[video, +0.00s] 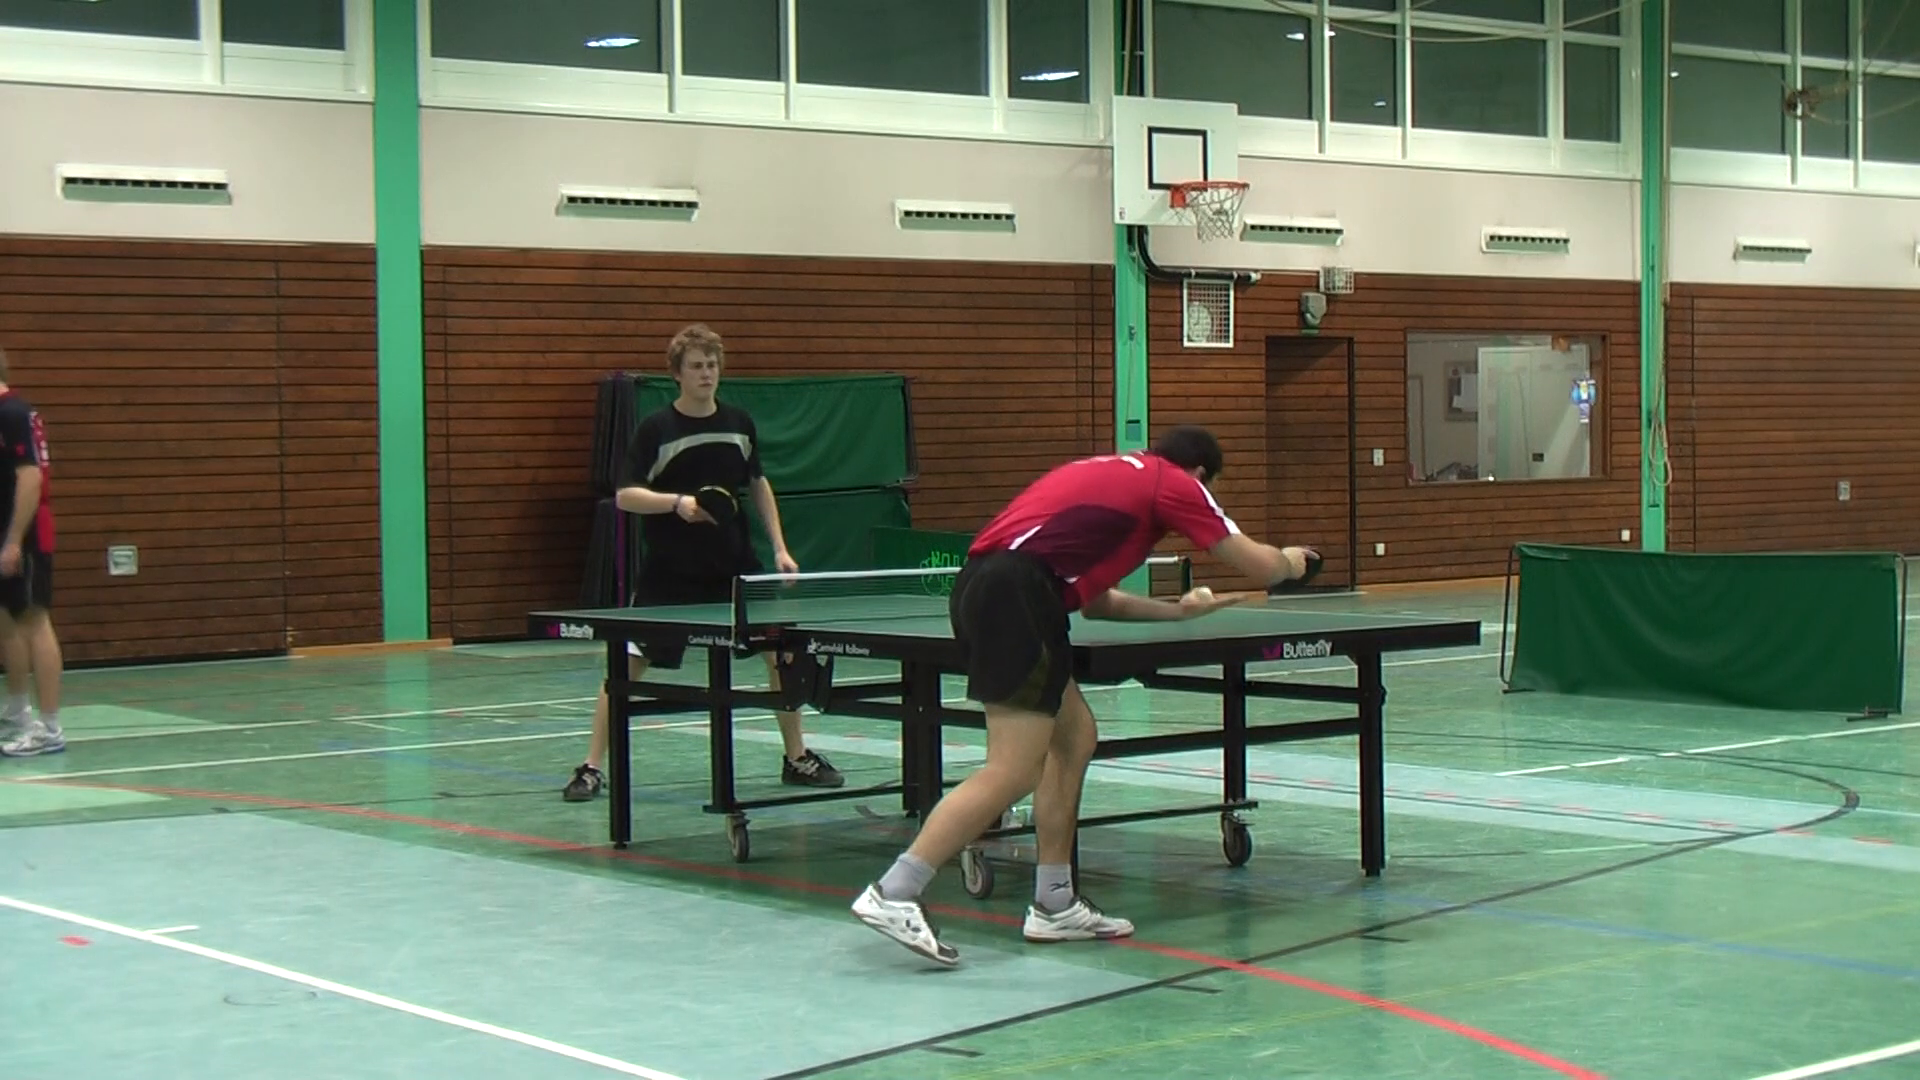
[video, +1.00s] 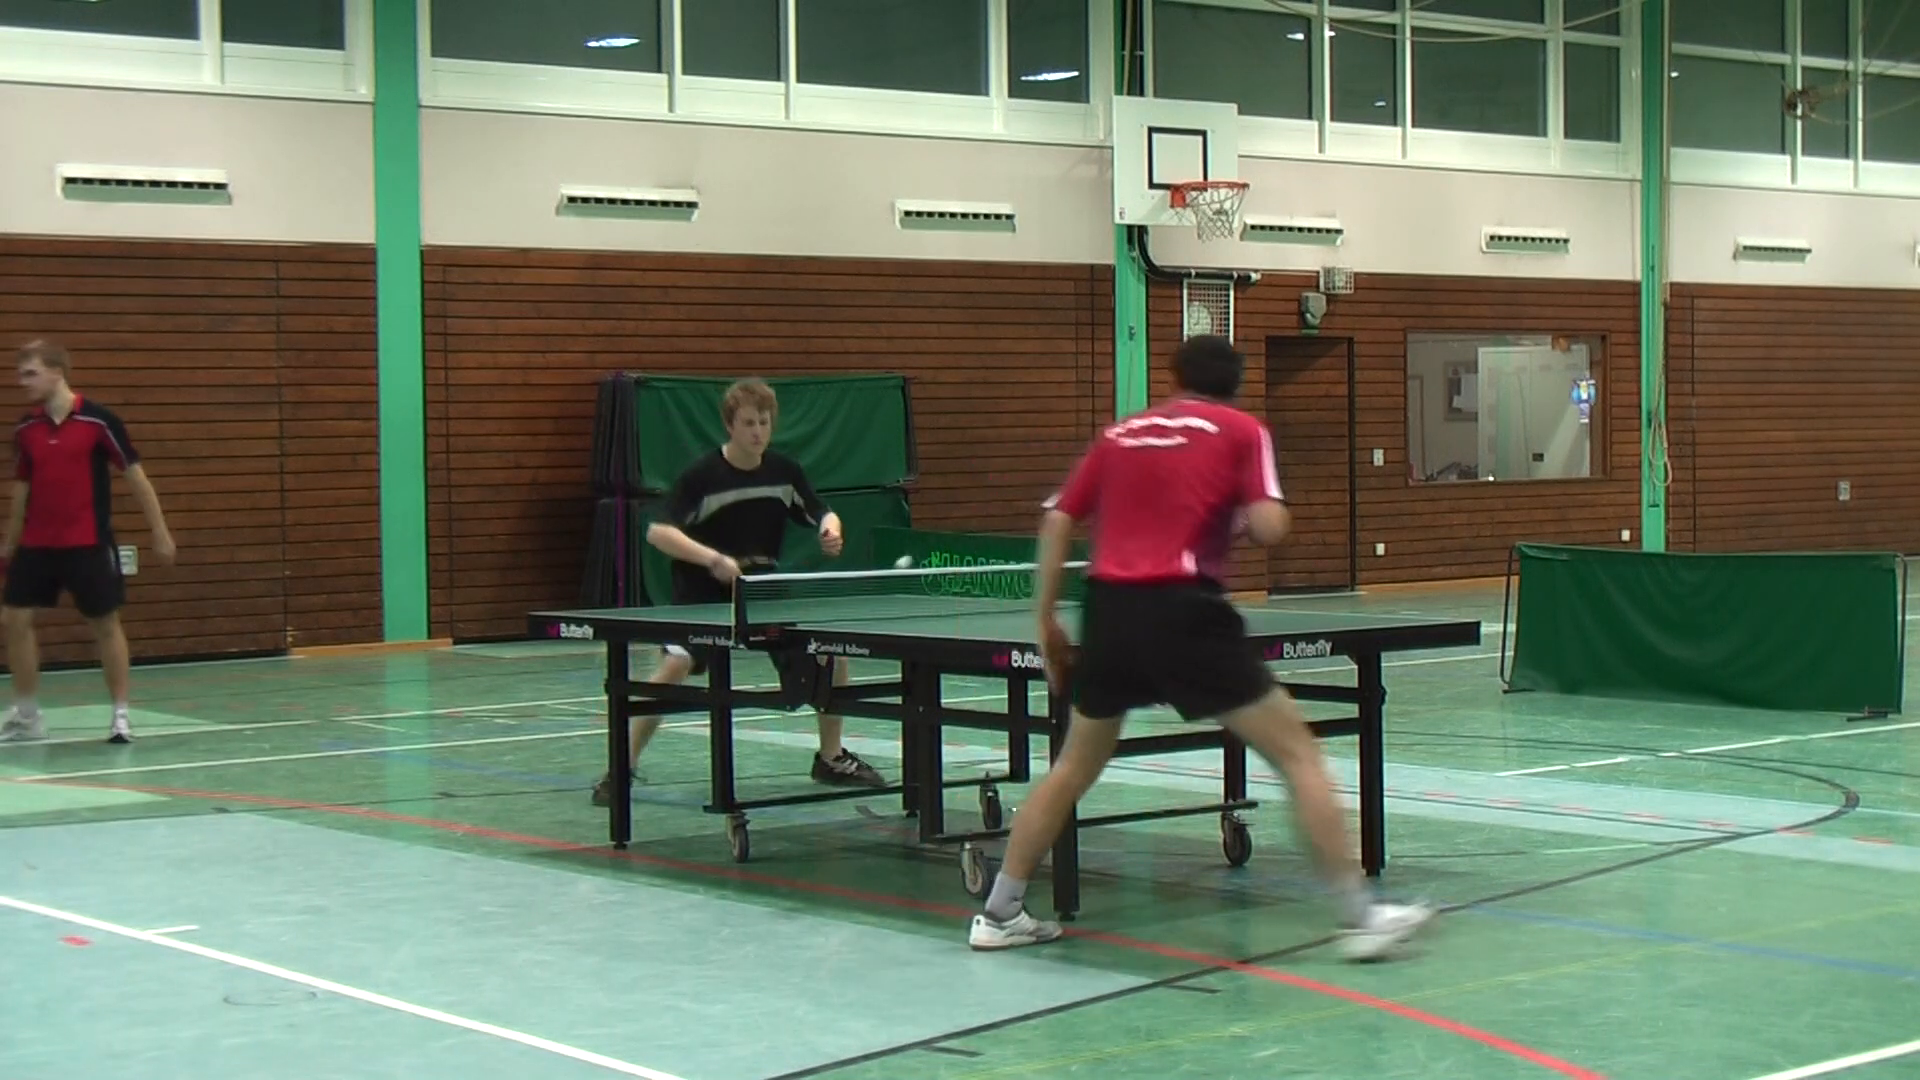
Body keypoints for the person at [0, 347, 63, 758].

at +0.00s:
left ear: (1, 376)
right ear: (5, 375)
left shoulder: (14, 411)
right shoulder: (14, 410)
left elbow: (30, 478)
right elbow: (29, 478)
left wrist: (14, 540)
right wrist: (14, 538)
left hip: (27, 540)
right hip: (11, 540)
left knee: (36, 623)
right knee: (9, 624)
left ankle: (49, 726)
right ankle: (16, 717)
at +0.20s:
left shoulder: (12, 413)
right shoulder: (14, 413)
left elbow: (30, 469)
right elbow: (31, 470)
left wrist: (25, 534)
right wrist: (25, 535)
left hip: (31, 542)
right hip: (19, 542)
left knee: (29, 622)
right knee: (19, 624)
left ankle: (44, 722)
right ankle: (28, 714)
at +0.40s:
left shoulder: (16, 412)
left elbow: (60, 455)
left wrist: (24, 504)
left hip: (50, 523)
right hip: (18, 530)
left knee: (43, 605)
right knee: (20, 613)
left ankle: (33, 707)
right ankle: (31, 707)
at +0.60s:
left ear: (4, 383)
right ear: (1, 387)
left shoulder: (43, 410)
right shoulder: (4, 427)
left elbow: (96, 450)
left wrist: (100, 508)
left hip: (59, 535)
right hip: (20, 541)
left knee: (69, 613)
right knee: (29, 622)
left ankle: (84, 712)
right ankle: (30, 717)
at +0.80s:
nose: (1, 379)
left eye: (7, 372)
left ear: (30, 373)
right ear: (12, 376)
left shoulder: (74, 414)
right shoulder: (5, 427)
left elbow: (116, 463)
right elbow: (8, 485)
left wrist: (152, 512)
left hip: (75, 543)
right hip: (28, 546)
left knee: (93, 623)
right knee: (28, 623)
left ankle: (117, 712)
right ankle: (30, 717)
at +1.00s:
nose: (23, 382)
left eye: (31, 374)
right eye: (21, 375)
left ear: (58, 374)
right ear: (24, 379)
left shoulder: (99, 421)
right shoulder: (26, 430)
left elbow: (135, 474)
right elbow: (20, 489)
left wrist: (160, 532)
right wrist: (10, 542)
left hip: (88, 548)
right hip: (36, 548)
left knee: (107, 626)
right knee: (14, 619)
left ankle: (120, 714)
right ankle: (26, 713)